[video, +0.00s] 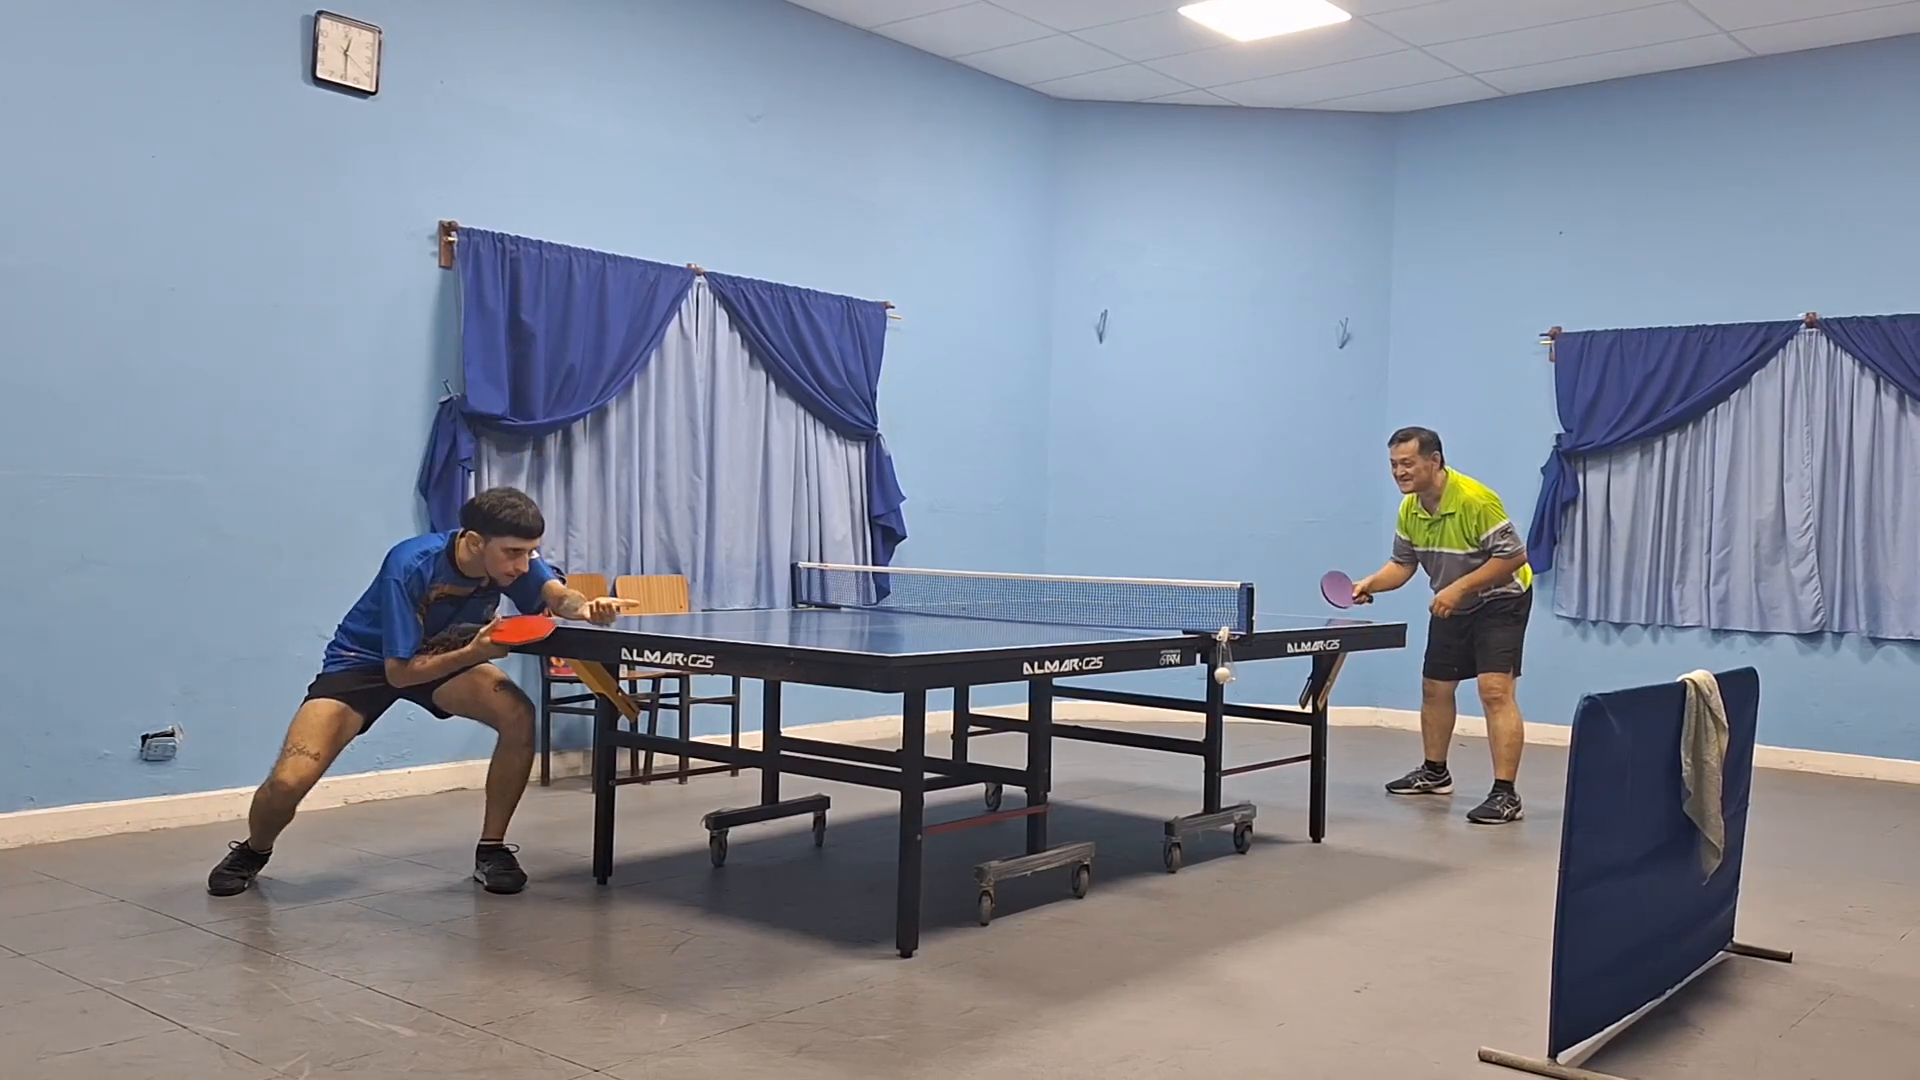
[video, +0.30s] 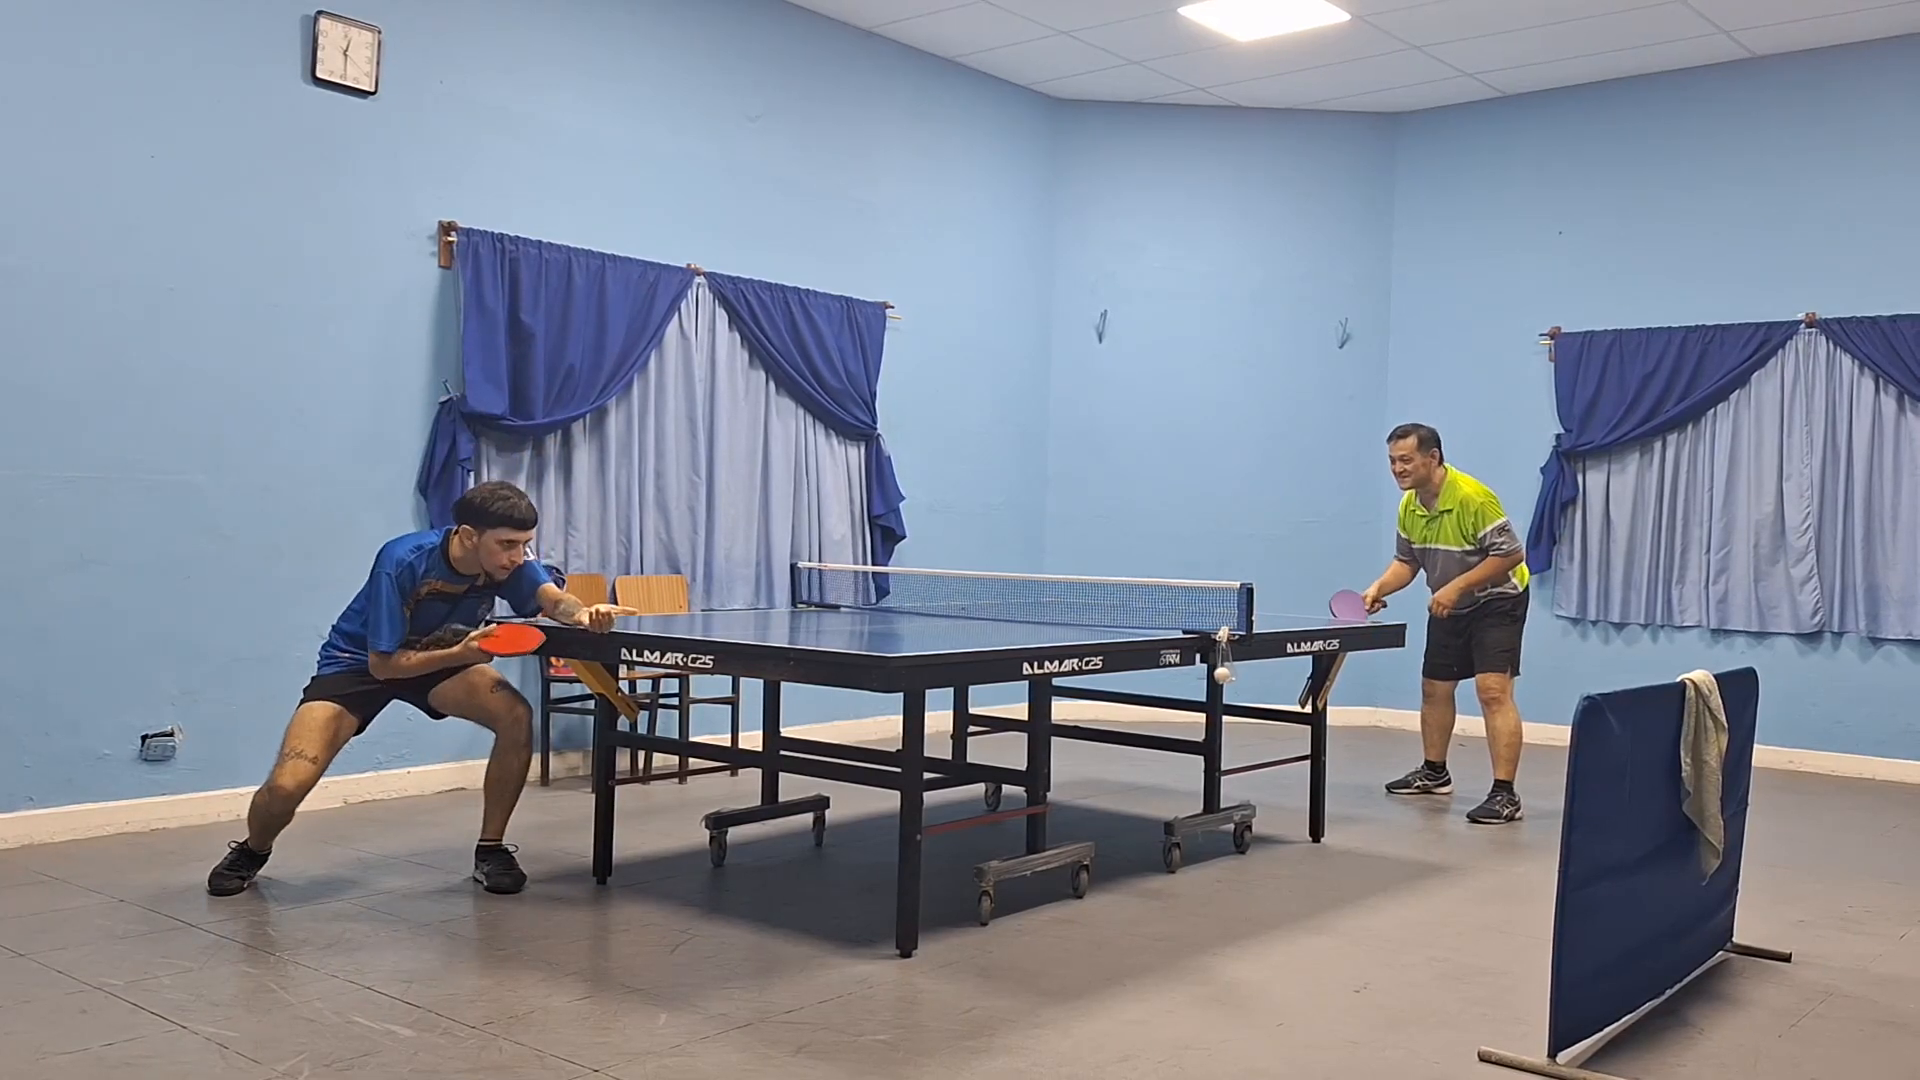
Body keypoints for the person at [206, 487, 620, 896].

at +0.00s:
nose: (523, 564)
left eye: (527, 554)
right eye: (513, 554)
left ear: (528, 548)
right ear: (472, 545)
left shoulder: (513, 564)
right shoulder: (409, 567)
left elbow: (556, 598)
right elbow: (402, 673)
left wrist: (588, 609)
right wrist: (479, 650)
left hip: (438, 663)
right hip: (363, 663)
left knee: (519, 715)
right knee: (289, 780)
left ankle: (493, 850)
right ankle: (254, 850)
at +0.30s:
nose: (519, 557)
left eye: (524, 546)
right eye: (508, 547)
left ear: (527, 542)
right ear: (467, 536)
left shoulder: (509, 565)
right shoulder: (401, 563)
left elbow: (552, 600)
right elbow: (382, 664)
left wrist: (585, 614)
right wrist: (461, 653)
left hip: (433, 665)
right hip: (355, 666)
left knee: (514, 713)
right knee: (287, 784)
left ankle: (491, 850)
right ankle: (252, 851)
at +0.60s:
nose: (499, 515)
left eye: (502, 503)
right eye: (487, 503)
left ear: (503, 502)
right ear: (445, 501)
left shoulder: (493, 536)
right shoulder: (382, 538)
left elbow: (534, 578)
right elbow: (361, 634)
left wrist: (567, 595)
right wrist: (436, 633)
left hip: (428, 651)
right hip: (350, 652)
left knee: (509, 716)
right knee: (282, 777)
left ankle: (490, 851)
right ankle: (248, 852)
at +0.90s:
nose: (428, 407)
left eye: (429, 397)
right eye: (412, 399)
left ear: (435, 404)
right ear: (374, 416)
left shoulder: (446, 446)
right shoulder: (337, 471)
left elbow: (511, 439)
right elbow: (330, 575)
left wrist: (541, 383)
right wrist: (376, 530)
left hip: (418, 611)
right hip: (336, 618)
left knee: (487, 709)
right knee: (276, 752)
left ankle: (488, 849)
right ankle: (244, 850)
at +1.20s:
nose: (357, 367)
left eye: (358, 357)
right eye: (339, 360)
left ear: (366, 370)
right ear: (304, 385)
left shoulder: (400, 431)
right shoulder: (276, 441)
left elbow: (496, 453)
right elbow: (196, 478)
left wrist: (558, 427)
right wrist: (159, 456)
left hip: (375, 598)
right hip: (288, 602)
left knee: (443, 703)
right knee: (246, 739)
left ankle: (480, 845)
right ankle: (243, 850)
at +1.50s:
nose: (432, 422)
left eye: (428, 411)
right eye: (417, 414)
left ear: (384, 430)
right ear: (374, 430)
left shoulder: (416, 474)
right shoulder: (308, 449)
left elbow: (448, 521)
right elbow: (200, 453)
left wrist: (523, 533)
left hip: (335, 609)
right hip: (257, 610)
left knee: (435, 684)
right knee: (240, 759)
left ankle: (353, 802)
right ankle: (242, 849)